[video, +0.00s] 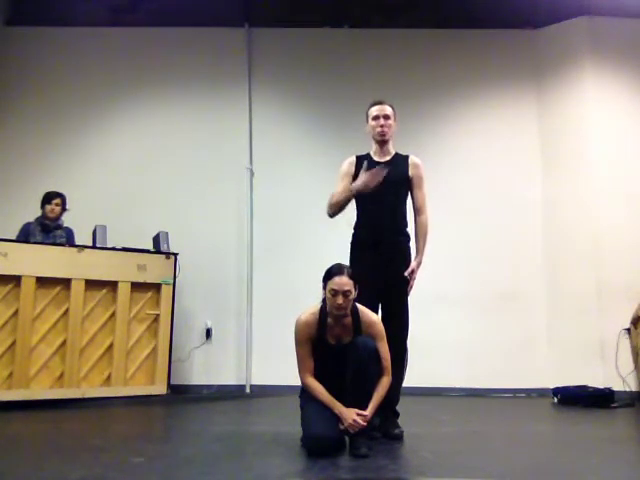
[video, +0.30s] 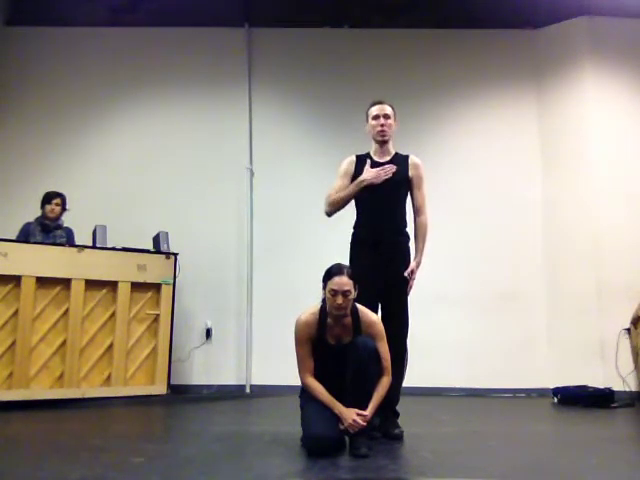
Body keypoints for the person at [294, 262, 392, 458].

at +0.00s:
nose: (340, 301)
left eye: (347, 294)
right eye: (334, 294)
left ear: (355, 293)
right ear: (324, 292)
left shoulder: (371, 322)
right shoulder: (307, 323)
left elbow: (386, 374)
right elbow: (307, 378)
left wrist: (366, 414)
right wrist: (342, 412)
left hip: (355, 392)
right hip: (321, 392)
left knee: (365, 347)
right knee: (322, 445)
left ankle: (360, 432)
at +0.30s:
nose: (339, 301)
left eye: (346, 294)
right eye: (333, 294)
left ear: (355, 293)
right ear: (324, 292)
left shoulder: (371, 322)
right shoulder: (307, 323)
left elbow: (386, 374)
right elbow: (307, 378)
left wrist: (366, 414)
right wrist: (342, 412)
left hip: (355, 392)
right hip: (321, 393)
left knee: (365, 347)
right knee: (321, 445)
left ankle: (360, 431)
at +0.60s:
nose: (339, 301)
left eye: (346, 294)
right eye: (333, 294)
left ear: (355, 294)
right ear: (324, 292)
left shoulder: (371, 322)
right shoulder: (307, 323)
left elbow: (386, 374)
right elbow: (306, 378)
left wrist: (366, 414)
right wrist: (342, 412)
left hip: (355, 392)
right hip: (321, 393)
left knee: (365, 347)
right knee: (321, 445)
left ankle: (360, 432)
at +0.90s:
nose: (339, 301)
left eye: (346, 294)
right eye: (333, 294)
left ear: (354, 294)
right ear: (324, 292)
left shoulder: (371, 323)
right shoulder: (306, 324)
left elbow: (386, 375)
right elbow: (306, 378)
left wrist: (367, 413)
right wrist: (341, 411)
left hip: (355, 392)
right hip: (320, 392)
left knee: (365, 347)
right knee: (321, 445)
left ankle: (359, 432)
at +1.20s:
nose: (339, 301)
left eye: (346, 294)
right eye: (333, 294)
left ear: (354, 294)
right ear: (323, 292)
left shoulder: (371, 323)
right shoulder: (306, 324)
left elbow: (386, 375)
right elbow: (306, 378)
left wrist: (366, 413)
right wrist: (341, 411)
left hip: (355, 392)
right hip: (320, 393)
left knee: (365, 347)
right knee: (321, 445)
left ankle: (359, 432)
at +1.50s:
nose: (339, 302)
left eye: (346, 295)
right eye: (333, 294)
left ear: (354, 294)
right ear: (323, 292)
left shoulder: (371, 323)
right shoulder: (306, 324)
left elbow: (386, 375)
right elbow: (306, 378)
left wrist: (366, 413)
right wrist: (341, 411)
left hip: (355, 392)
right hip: (320, 393)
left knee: (365, 347)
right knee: (321, 445)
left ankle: (359, 432)